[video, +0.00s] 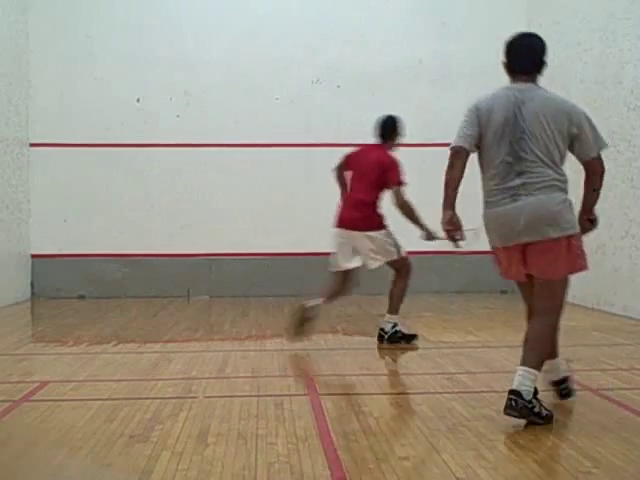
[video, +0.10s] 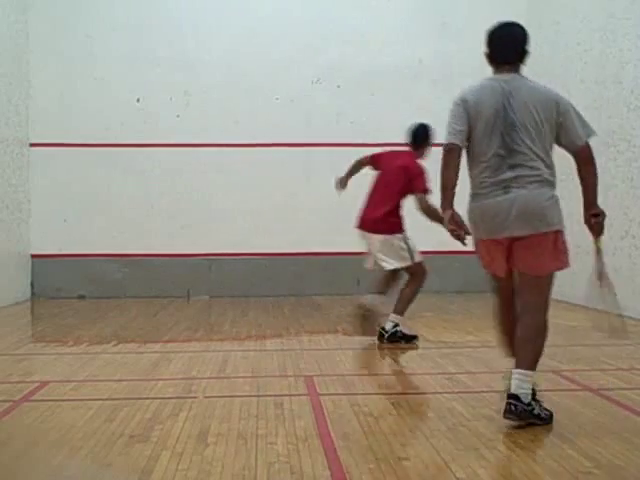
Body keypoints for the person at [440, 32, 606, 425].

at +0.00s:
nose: (515, 68)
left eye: (509, 62)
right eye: (535, 62)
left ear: (505, 65)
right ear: (542, 66)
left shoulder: (482, 107)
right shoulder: (562, 108)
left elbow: (457, 155)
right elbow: (595, 169)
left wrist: (448, 209)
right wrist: (587, 210)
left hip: (501, 222)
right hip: (551, 218)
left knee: (534, 303)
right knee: (545, 309)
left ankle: (557, 375)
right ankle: (521, 391)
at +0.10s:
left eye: (489, 51)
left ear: (488, 55)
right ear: (525, 55)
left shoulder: (468, 99)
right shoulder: (548, 98)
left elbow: (452, 151)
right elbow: (584, 154)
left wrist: (448, 207)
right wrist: (591, 207)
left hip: (487, 216)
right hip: (539, 214)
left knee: (506, 296)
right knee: (533, 303)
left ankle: (523, 376)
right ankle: (519, 394)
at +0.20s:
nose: (475, 51)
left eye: (470, 45)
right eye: (491, 43)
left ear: (468, 49)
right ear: (506, 48)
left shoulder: (452, 96)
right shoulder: (535, 91)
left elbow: (436, 158)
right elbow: (568, 143)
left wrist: (430, 208)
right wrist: (586, 197)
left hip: (472, 211)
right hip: (526, 210)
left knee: (469, 294)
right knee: (523, 304)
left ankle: (469, 378)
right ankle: (520, 399)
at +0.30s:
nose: (457, 50)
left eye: (452, 43)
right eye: (474, 42)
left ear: (447, 48)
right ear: (485, 46)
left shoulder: (432, 96)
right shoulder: (514, 89)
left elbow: (410, 161)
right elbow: (547, 137)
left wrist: (399, 215)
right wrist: (568, 194)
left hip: (451, 215)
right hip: (508, 213)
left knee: (432, 296)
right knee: (513, 306)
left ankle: (417, 383)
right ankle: (519, 400)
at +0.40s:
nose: (429, 53)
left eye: (421, 47)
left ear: (420, 51)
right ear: (457, 49)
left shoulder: (404, 100)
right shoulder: (485, 92)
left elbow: (377, 161)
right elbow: (521, 140)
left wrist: (362, 211)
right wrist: (543, 197)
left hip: (427, 219)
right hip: (483, 216)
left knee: (397, 302)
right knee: (499, 305)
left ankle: (389, 394)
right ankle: (518, 399)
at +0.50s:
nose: (395, 53)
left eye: (390, 47)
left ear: (388, 51)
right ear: (426, 50)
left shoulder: (369, 98)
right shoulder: (450, 94)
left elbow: (339, 155)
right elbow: (488, 142)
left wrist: (323, 201)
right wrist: (508, 195)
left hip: (390, 217)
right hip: (447, 216)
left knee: (375, 308)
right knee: (477, 305)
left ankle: (385, 403)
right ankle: (514, 392)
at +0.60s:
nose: (375, 44)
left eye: (368, 36)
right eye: (390, 38)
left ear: (359, 41)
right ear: (397, 42)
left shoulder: (338, 84)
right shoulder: (417, 86)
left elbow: (309, 134)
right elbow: (460, 134)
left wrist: (295, 181)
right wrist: (468, 196)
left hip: (360, 213)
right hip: (413, 211)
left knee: (368, 304)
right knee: (437, 297)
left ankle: (384, 401)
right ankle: (466, 381)